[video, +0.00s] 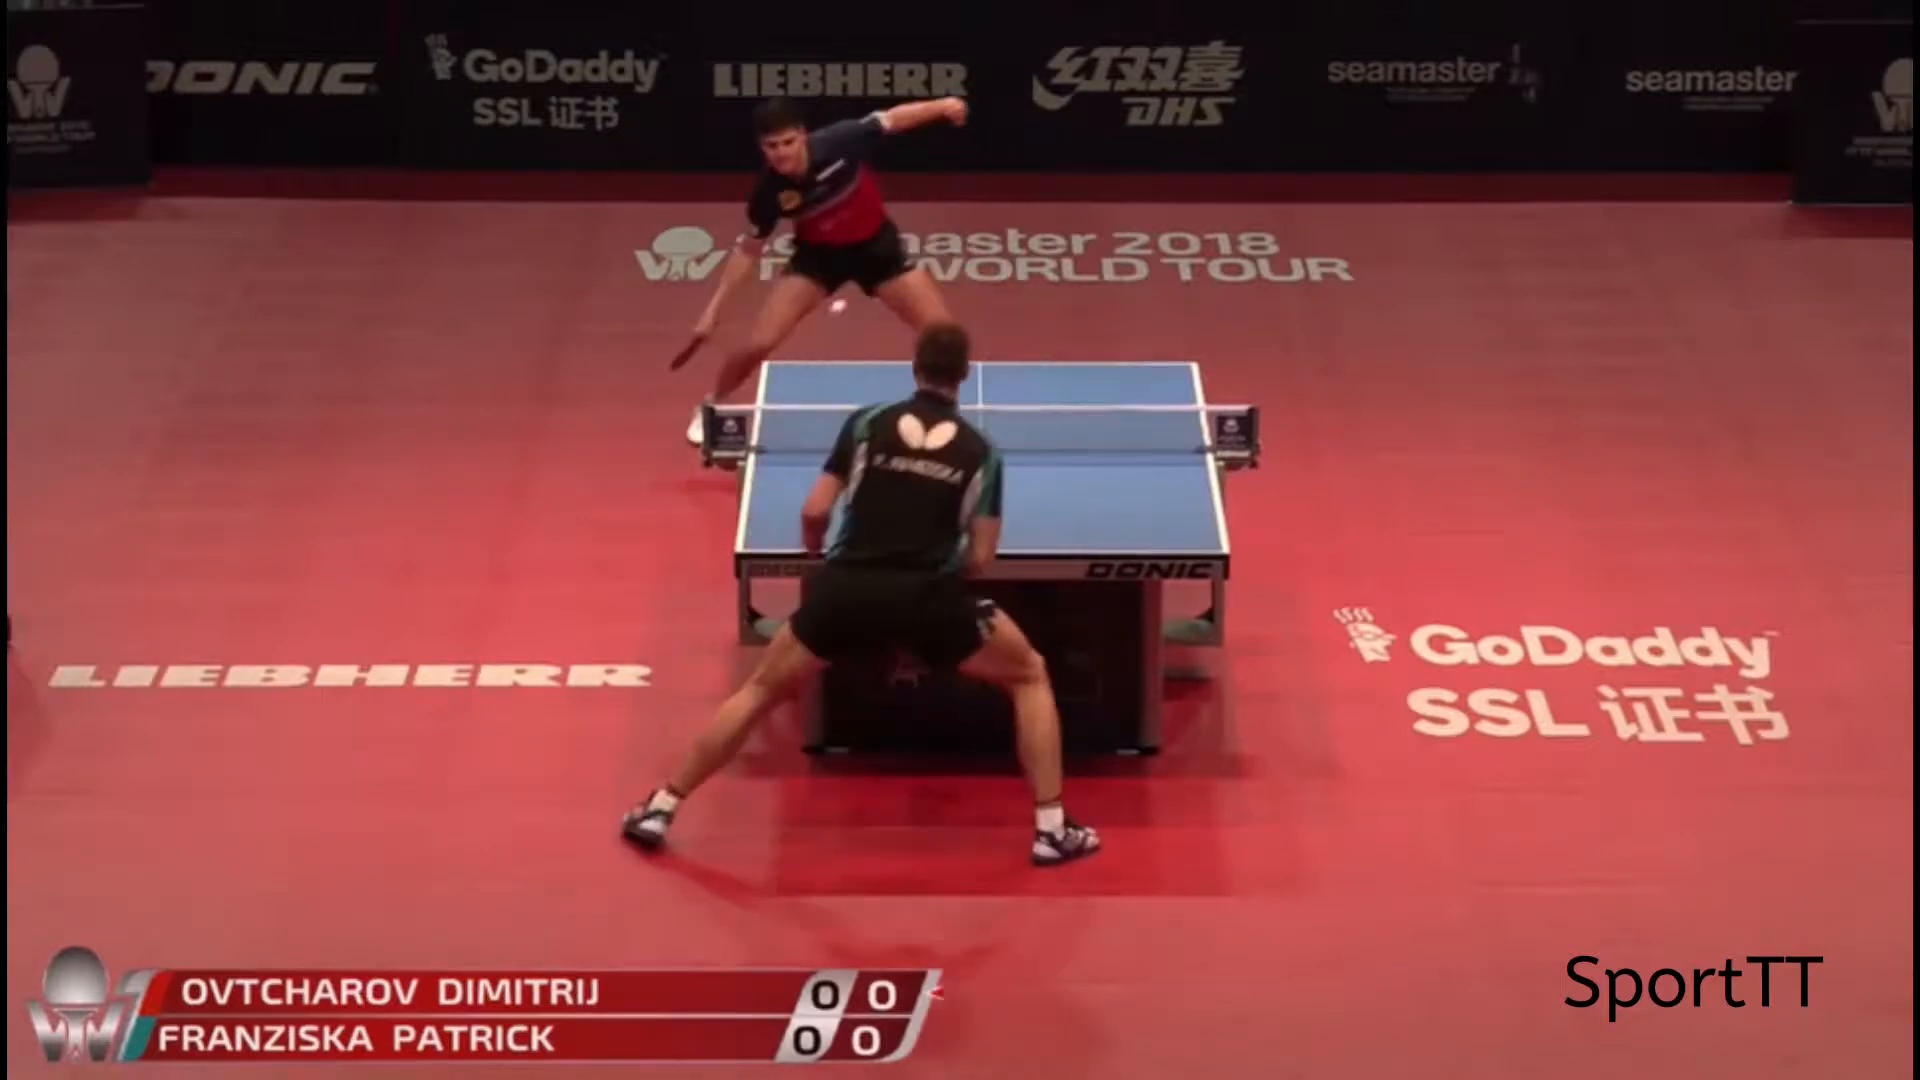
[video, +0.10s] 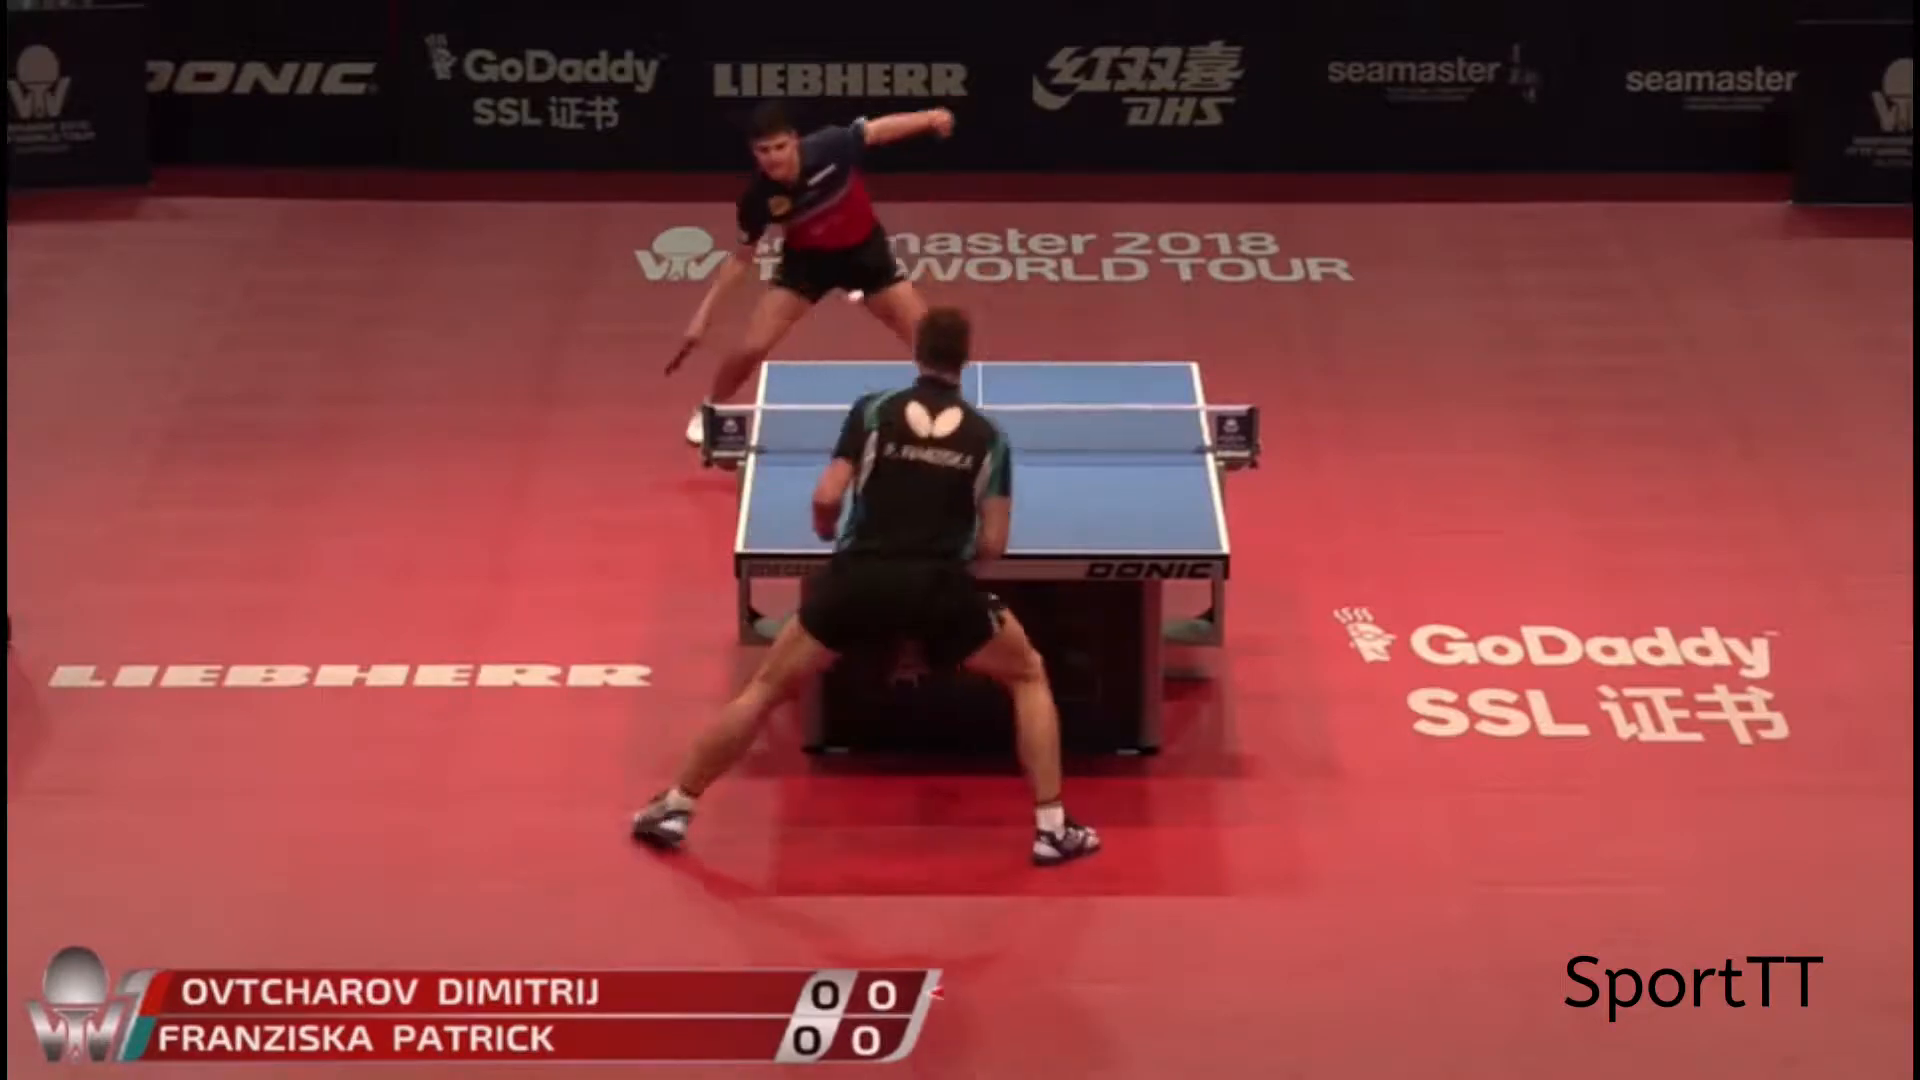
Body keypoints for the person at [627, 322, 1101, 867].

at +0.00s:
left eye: (933, 363)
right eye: (951, 368)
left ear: (915, 368)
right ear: (964, 377)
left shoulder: (866, 423)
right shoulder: (982, 452)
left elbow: (815, 511)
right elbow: (979, 559)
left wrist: (820, 558)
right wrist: (926, 570)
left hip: (845, 590)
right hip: (931, 598)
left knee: (758, 692)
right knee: (1028, 675)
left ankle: (661, 809)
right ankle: (1052, 828)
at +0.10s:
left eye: (929, 344)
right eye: (952, 348)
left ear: (917, 352)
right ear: (966, 361)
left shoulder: (873, 409)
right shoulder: (990, 435)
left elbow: (827, 497)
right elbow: (993, 542)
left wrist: (830, 538)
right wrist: (945, 547)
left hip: (856, 580)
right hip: (940, 588)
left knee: (764, 690)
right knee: (1027, 676)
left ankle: (676, 805)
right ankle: (1052, 825)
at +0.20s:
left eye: (892, 287)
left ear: (891, 296)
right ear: (945, 297)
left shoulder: (853, 360)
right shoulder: (975, 367)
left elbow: (827, 449)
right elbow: (1015, 473)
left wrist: (855, 482)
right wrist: (1008, 535)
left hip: (861, 536)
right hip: (943, 540)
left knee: (818, 674)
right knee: (996, 679)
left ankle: (790, 823)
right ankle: (1030, 833)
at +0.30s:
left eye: (892, 287)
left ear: (891, 296)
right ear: (945, 297)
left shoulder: (853, 360)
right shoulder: (975, 367)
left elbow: (827, 449)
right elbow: (1015, 473)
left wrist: (856, 482)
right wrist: (1008, 535)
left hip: (861, 536)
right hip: (943, 540)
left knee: (818, 674)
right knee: (996, 679)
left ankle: (790, 823)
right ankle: (1030, 833)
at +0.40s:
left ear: (879, 309)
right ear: (932, 310)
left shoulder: (844, 383)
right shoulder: (968, 384)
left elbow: (826, 478)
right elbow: (1015, 485)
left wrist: (862, 503)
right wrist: (1030, 539)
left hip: (863, 559)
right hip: (945, 560)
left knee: (822, 693)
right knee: (1002, 693)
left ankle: (815, 827)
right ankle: (1030, 841)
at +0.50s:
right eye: (902, 362)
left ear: (857, 371)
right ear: (909, 369)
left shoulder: (833, 446)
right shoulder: (951, 437)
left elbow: (820, 547)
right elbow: (1006, 530)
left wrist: (809, 565)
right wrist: (1040, 565)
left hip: (867, 623)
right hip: (950, 616)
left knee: (818, 750)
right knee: (1017, 752)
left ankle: (831, 877)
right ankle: (1063, 891)